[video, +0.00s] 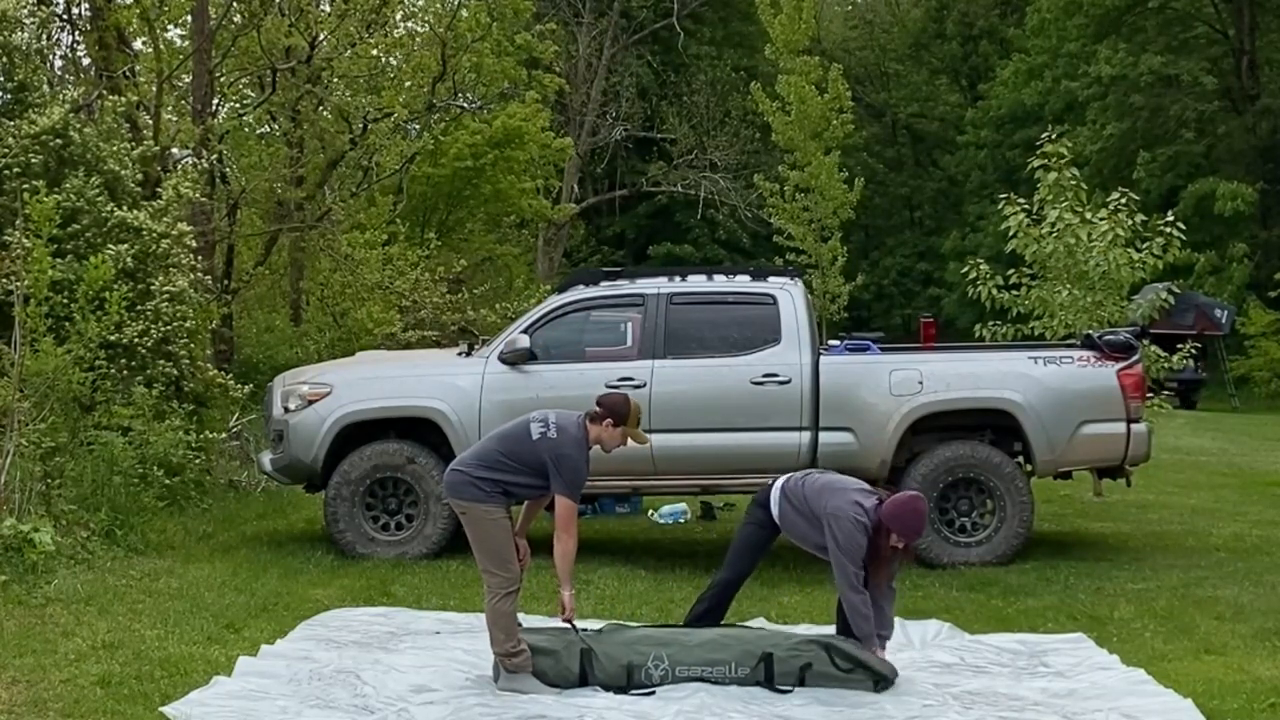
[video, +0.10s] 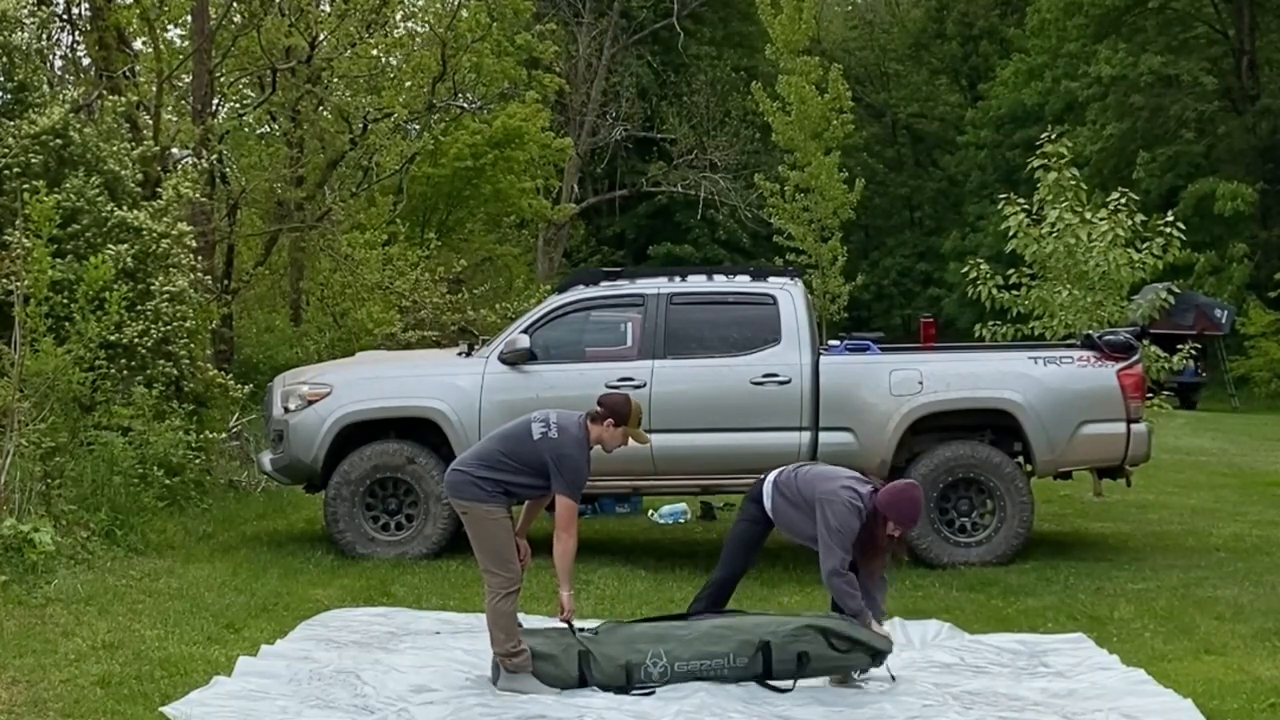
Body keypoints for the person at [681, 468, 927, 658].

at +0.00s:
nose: (898, 544)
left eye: (905, 541)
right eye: (896, 537)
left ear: (910, 536)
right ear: (885, 523)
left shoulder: (890, 525)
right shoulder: (848, 518)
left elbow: (883, 585)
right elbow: (851, 587)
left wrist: (880, 642)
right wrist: (871, 646)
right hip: (777, 499)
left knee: (861, 580)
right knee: (729, 578)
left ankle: (848, 654)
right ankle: (687, 642)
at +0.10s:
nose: (894, 532)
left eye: (902, 528)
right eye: (892, 524)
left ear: (908, 524)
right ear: (880, 510)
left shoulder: (880, 514)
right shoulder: (842, 503)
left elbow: (872, 574)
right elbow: (834, 572)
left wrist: (875, 621)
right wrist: (867, 620)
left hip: (820, 510)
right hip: (770, 494)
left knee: (852, 576)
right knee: (726, 576)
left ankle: (841, 662)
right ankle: (686, 638)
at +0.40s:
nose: (877, 470)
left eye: (883, 464)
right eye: (875, 461)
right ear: (860, 450)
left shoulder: (856, 464)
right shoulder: (820, 448)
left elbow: (838, 514)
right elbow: (808, 508)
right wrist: (845, 546)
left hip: (789, 496)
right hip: (746, 482)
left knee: (823, 568)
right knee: (712, 570)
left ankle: (839, 665)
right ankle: (667, 657)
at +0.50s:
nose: (867, 460)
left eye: (874, 456)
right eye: (866, 453)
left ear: (878, 454)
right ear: (854, 441)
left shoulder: (855, 465)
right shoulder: (815, 441)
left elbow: (849, 517)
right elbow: (788, 494)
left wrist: (847, 577)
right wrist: (832, 521)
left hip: (789, 495)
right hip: (745, 483)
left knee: (820, 570)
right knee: (714, 567)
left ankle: (837, 664)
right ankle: (671, 656)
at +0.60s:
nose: (850, 443)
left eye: (859, 440)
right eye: (848, 434)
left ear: (867, 440)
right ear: (838, 421)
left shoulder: (854, 459)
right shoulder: (805, 431)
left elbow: (836, 500)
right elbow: (779, 487)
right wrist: (826, 511)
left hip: (791, 499)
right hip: (744, 484)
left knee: (818, 571)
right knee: (714, 566)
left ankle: (838, 659)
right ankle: (689, 649)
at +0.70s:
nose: (836, 409)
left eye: (845, 406)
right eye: (834, 401)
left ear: (858, 408)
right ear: (829, 393)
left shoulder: (858, 435)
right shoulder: (805, 410)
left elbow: (850, 489)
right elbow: (767, 458)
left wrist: (827, 528)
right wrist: (810, 484)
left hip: (813, 503)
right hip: (766, 491)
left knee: (833, 578)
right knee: (730, 568)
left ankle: (839, 665)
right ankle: (681, 647)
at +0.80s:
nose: (819, 386)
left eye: (827, 383)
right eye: (817, 378)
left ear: (845, 387)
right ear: (813, 373)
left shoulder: (855, 425)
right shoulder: (795, 391)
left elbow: (850, 483)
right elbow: (762, 434)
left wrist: (820, 518)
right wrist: (803, 463)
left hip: (821, 500)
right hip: (773, 487)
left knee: (827, 572)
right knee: (732, 557)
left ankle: (836, 662)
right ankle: (719, 645)